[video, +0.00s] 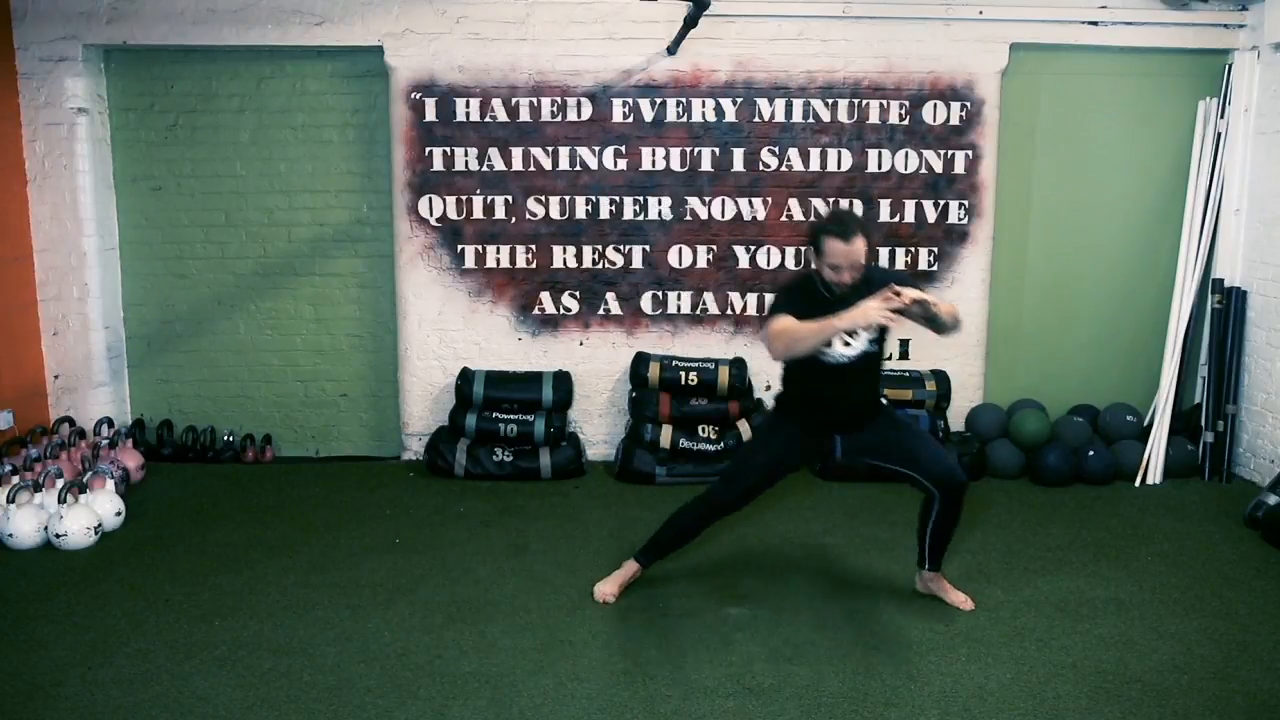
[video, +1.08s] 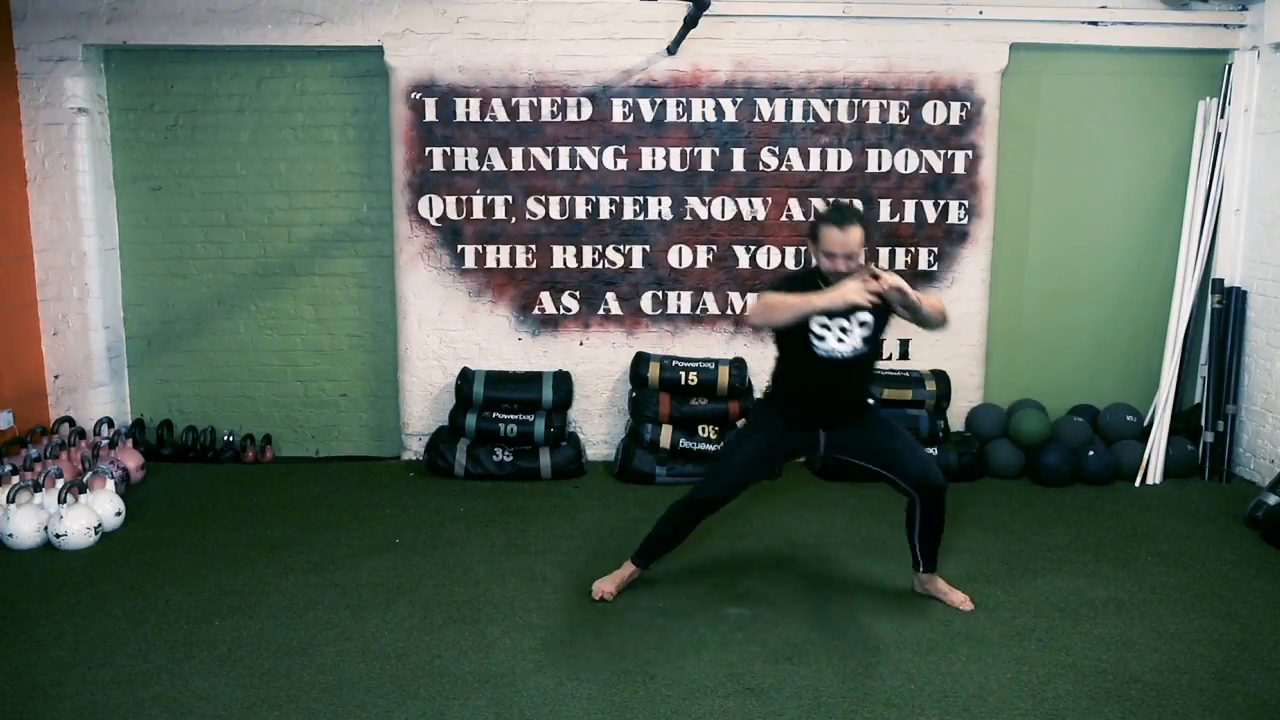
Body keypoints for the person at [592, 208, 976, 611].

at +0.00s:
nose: (845, 276)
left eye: (853, 267)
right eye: (835, 267)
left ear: (867, 256)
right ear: (815, 258)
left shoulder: (883, 285)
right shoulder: (798, 290)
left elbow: (950, 323)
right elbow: (779, 343)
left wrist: (925, 309)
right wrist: (853, 317)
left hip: (867, 421)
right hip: (798, 423)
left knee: (948, 479)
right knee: (726, 495)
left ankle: (929, 573)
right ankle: (634, 566)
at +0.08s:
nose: (873, 305)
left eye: (882, 296)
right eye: (864, 297)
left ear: (895, 280)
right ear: (845, 283)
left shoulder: (911, 309)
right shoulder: (824, 316)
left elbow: (976, 353)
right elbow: (806, 368)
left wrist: (957, 337)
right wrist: (878, 348)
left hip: (885, 436)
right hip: (815, 436)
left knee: (964, 483)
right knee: (736, 501)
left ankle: (931, 573)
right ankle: (635, 568)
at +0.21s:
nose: (903, 348)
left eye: (913, 341)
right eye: (895, 339)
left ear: (928, 327)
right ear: (877, 322)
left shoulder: (941, 351)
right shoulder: (851, 348)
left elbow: (1004, 388)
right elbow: (833, 402)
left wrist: (985, 378)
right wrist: (906, 386)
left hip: (901, 456)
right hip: (834, 454)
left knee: (979, 489)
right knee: (745, 513)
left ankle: (932, 573)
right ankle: (636, 569)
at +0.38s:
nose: (924, 391)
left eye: (934, 383)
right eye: (917, 381)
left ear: (951, 371)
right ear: (901, 362)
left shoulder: (961, 388)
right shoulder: (869, 382)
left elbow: (1027, 435)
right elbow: (853, 439)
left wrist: (1008, 422)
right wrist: (928, 427)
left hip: (906, 481)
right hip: (841, 482)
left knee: (986, 497)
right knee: (750, 529)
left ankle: (931, 574)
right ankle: (639, 570)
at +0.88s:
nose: (904, 337)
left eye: (913, 328)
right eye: (896, 327)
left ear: (926, 318)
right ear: (876, 313)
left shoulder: (937, 343)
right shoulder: (855, 338)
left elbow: (998, 389)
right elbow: (821, 385)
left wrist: (972, 373)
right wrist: (896, 382)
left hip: (893, 450)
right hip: (828, 447)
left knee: (965, 489)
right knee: (740, 509)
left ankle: (929, 575)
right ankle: (641, 568)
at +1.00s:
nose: (870, 294)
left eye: (879, 285)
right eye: (862, 284)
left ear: (893, 273)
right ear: (844, 272)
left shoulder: (907, 304)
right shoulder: (827, 305)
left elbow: (966, 346)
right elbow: (787, 343)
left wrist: (936, 327)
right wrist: (865, 331)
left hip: (870, 433)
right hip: (803, 431)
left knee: (947, 482)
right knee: (724, 502)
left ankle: (928, 576)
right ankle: (636, 569)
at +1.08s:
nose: (841, 265)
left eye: (850, 255)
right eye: (831, 255)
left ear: (865, 250)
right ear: (813, 247)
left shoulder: (881, 284)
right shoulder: (795, 283)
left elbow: (937, 318)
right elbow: (757, 314)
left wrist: (907, 299)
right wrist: (830, 299)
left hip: (852, 419)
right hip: (785, 416)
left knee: (928, 479)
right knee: (710, 492)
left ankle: (926, 574)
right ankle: (632, 568)